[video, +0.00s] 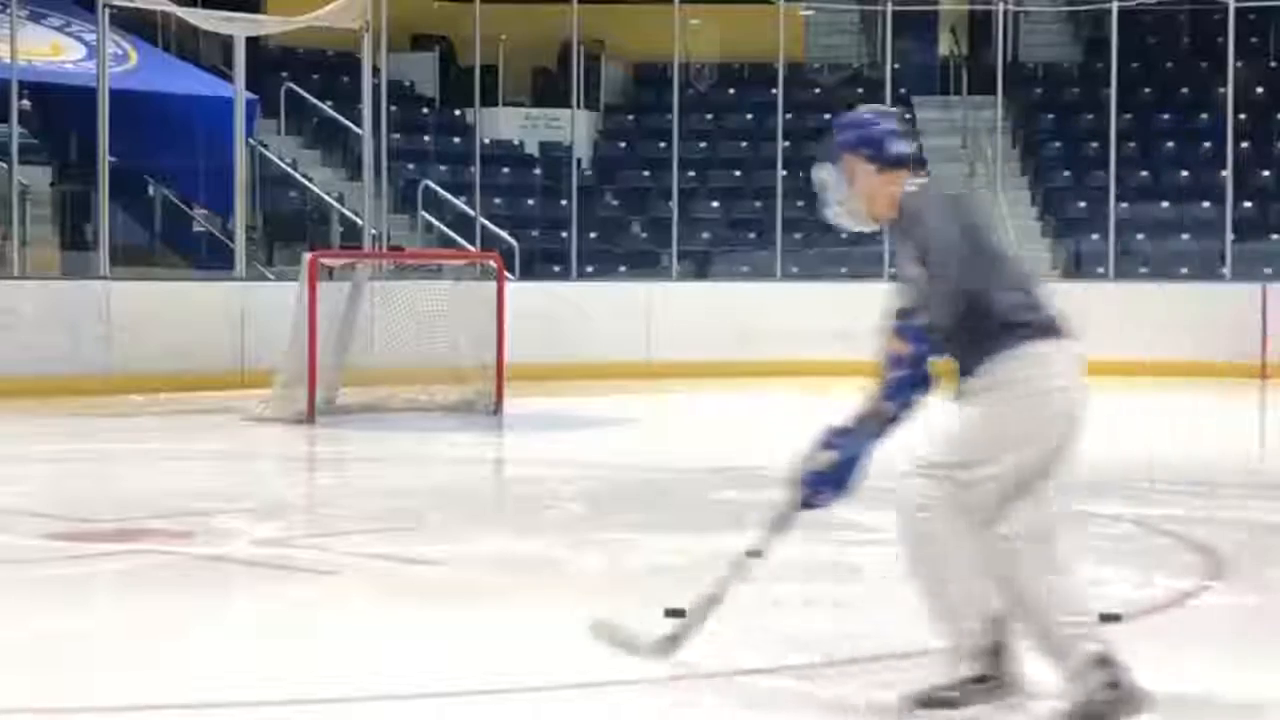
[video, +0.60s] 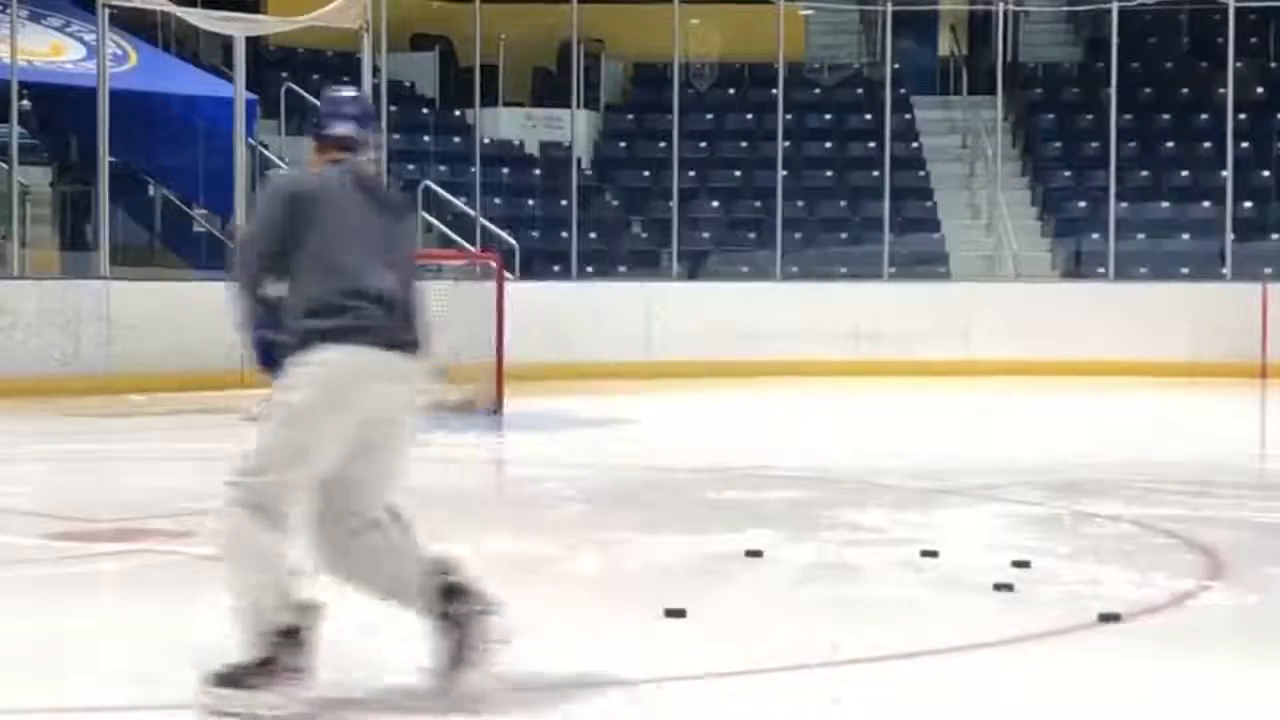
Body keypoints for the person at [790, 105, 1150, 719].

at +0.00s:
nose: (845, 189)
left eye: (849, 172)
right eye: (842, 174)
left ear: (881, 167)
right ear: (892, 169)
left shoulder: (928, 213)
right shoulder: (919, 225)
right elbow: (911, 363)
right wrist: (851, 444)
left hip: (1026, 376)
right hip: (1044, 376)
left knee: (927, 487)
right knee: (1007, 528)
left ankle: (981, 661)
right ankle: (1097, 674)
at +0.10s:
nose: (744, 189)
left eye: (748, 171)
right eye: (741, 174)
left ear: (776, 164)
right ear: (797, 164)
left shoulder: (817, 208)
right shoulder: (841, 206)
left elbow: (822, 317)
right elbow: (808, 359)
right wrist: (751, 443)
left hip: (902, 379)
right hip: (946, 377)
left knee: (805, 502)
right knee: (925, 539)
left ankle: (879, 655)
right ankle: (1008, 677)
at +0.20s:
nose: (639, 182)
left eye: (642, 165)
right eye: (637, 166)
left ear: (669, 159)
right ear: (694, 157)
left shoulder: (705, 203)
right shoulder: (731, 205)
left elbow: (702, 319)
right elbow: (709, 352)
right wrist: (649, 442)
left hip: (783, 380)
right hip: (826, 380)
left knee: (688, 516)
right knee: (819, 551)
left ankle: (756, 653)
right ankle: (932, 666)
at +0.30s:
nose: (540, 173)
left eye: (545, 159)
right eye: (541, 160)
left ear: (567, 157)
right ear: (599, 155)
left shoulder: (590, 202)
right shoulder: (634, 204)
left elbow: (567, 309)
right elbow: (610, 361)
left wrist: (562, 348)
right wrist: (552, 449)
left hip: (663, 376)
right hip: (719, 379)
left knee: (565, 505)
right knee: (695, 550)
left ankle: (629, 654)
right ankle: (830, 637)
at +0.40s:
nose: (449, 165)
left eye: (453, 154)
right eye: (451, 153)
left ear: (475, 153)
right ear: (512, 152)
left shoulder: (482, 195)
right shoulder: (542, 200)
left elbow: (448, 280)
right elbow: (536, 296)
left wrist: (442, 344)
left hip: (552, 369)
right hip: (611, 375)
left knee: (456, 505)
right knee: (575, 548)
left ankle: (507, 652)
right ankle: (704, 617)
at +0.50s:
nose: (376, 162)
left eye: (380, 153)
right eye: (383, 152)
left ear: (388, 149)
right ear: (437, 151)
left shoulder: (383, 190)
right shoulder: (463, 205)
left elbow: (349, 279)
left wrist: (346, 341)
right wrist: (394, 350)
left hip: (440, 366)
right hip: (506, 375)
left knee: (352, 499)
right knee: (457, 541)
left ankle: (385, 649)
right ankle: (575, 607)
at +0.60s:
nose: (325, 155)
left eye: (325, 146)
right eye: (334, 146)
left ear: (318, 146)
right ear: (370, 148)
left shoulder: (296, 187)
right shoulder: (393, 205)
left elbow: (250, 263)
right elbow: (399, 288)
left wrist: (263, 328)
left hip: (329, 363)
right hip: (397, 368)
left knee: (255, 499)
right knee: (349, 526)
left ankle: (279, 640)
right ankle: (446, 597)